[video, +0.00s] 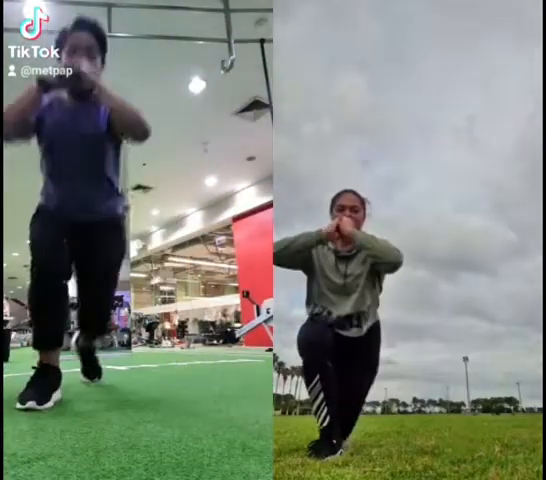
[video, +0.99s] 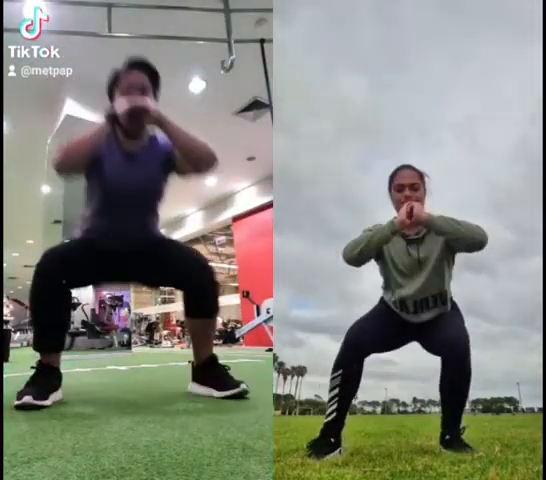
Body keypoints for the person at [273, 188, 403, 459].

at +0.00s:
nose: (347, 216)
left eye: (354, 211)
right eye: (341, 210)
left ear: (364, 217)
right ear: (331, 216)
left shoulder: (372, 253)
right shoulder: (315, 252)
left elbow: (395, 260)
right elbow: (275, 254)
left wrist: (354, 234)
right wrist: (321, 235)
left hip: (362, 333)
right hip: (323, 328)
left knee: (350, 403)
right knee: (311, 342)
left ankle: (331, 442)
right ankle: (330, 434)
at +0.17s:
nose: (351, 185)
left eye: (357, 180)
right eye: (345, 180)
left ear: (367, 187)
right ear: (336, 187)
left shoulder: (379, 222)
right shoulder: (323, 223)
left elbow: (408, 227)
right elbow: (284, 230)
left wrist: (364, 207)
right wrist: (331, 210)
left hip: (371, 308)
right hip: (330, 303)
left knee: (356, 393)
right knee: (317, 351)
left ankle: (331, 427)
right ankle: (330, 437)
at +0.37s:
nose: (366, 172)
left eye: (372, 166)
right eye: (358, 167)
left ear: (382, 173)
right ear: (348, 174)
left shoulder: (395, 212)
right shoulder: (336, 209)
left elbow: (430, 221)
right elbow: (301, 226)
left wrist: (387, 199)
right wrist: (349, 203)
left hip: (385, 295)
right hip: (341, 293)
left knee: (408, 347)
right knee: (326, 348)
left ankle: (403, 417)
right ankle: (330, 436)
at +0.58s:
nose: (379, 196)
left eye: (386, 190)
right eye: (372, 190)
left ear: (396, 196)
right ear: (362, 198)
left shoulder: (410, 235)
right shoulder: (350, 235)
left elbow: (448, 249)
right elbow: (317, 261)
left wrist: (401, 226)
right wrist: (365, 230)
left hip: (408, 323)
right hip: (360, 323)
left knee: (440, 340)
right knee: (323, 343)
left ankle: (452, 435)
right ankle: (330, 438)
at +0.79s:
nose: (395, 225)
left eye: (402, 219)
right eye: (386, 219)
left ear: (412, 224)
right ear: (376, 227)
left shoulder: (427, 263)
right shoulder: (364, 265)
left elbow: (465, 285)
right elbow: (333, 297)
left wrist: (416, 255)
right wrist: (381, 261)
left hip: (420, 348)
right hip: (375, 349)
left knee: (455, 343)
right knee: (331, 342)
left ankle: (451, 436)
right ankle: (331, 439)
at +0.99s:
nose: (408, 195)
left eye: (414, 189)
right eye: (400, 190)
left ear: (425, 192)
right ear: (391, 196)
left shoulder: (442, 230)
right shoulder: (383, 233)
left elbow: (479, 240)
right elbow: (351, 256)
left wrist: (427, 220)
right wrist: (395, 225)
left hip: (439, 317)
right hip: (393, 316)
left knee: (457, 346)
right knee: (354, 341)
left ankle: (452, 436)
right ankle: (330, 437)